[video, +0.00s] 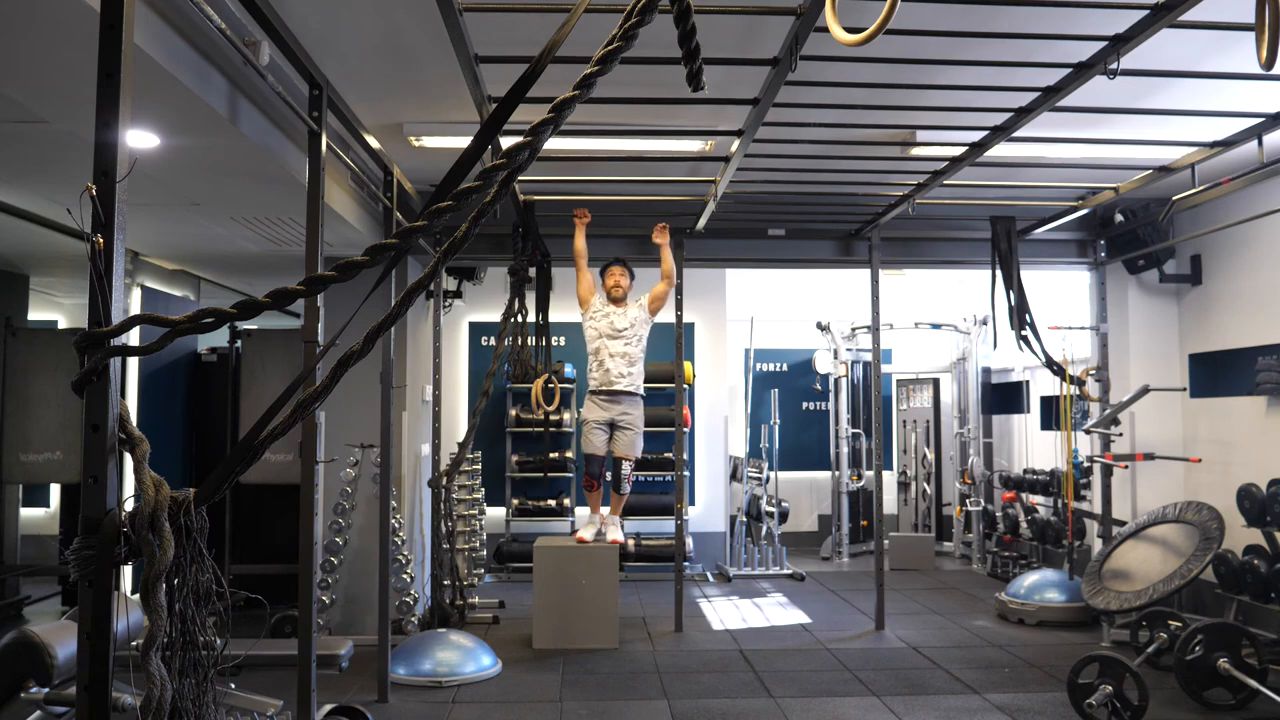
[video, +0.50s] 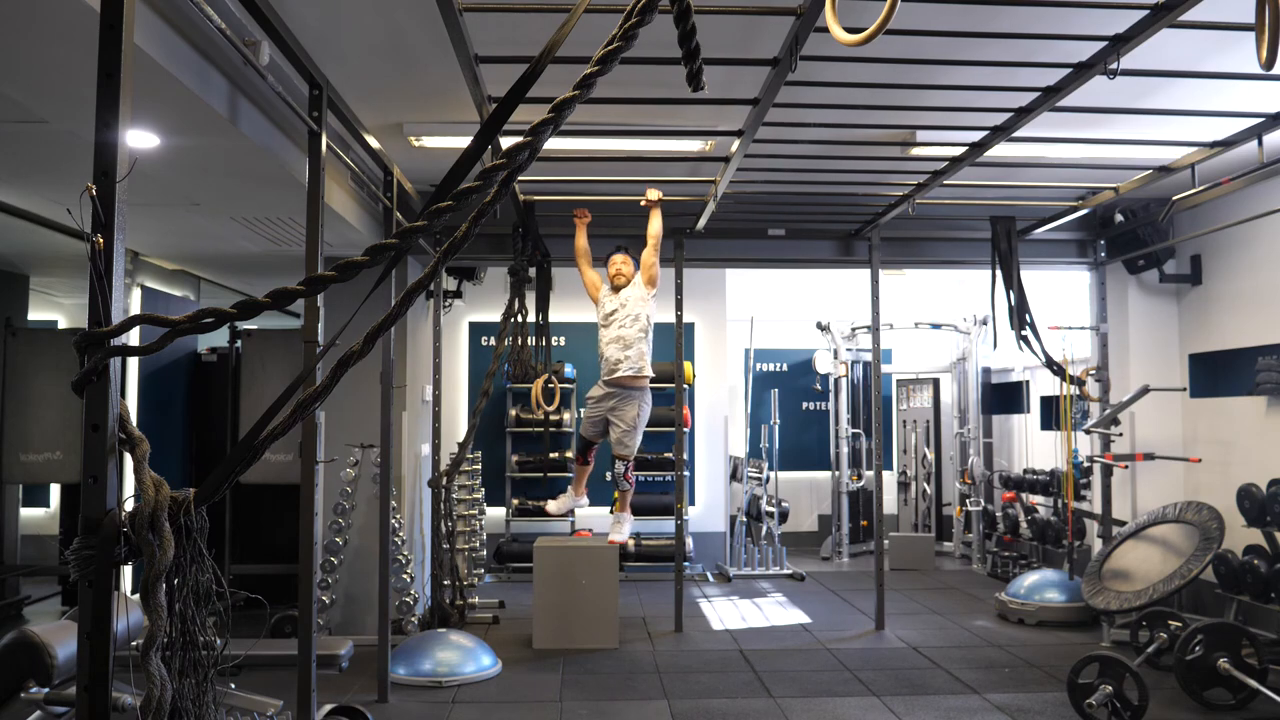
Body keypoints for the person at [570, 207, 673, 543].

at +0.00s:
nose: (616, 278)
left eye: (622, 275)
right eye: (611, 275)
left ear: (631, 284)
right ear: (602, 283)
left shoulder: (643, 310)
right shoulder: (592, 308)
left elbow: (669, 281)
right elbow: (581, 266)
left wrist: (664, 245)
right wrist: (580, 226)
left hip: (631, 401)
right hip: (596, 399)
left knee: (624, 467)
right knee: (593, 467)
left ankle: (614, 521)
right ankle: (595, 519)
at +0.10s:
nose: (617, 276)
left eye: (623, 273)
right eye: (611, 273)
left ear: (631, 283)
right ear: (603, 282)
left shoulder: (642, 308)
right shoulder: (592, 307)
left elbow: (662, 273)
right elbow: (580, 265)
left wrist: (660, 236)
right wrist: (580, 226)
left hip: (631, 401)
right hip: (597, 399)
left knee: (623, 470)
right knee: (591, 469)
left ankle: (614, 520)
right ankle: (595, 516)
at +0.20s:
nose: (617, 275)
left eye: (623, 271)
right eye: (612, 271)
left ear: (632, 280)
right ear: (603, 280)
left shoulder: (642, 304)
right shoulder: (594, 305)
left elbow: (655, 262)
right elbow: (580, 264)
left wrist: (655, 224)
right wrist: (580, 227)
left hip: (631, 399)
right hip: (599, 398)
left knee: (622, 467)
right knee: (588, 465)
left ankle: (615, 520)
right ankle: (594, 513)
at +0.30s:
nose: (617, 273)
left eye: (623, 270)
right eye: (612, 270)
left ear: (632, 278)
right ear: (603, 279)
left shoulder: (641, 299)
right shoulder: (596, 303)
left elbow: (650, 253)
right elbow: (581, 264)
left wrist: (653, 214)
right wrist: (580, 227)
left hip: (634, 396)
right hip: (602, 394)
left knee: (623, 463)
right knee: (585, 456)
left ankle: (616, 518)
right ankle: (588, 508)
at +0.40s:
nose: (616, 268)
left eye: (622, 265)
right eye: (611, 265)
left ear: (632, 272)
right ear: (604, 274)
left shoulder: (640, 291)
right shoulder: (600, 299)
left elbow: (649, 246)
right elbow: (581, 264)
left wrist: (654, 206)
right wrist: (580, 227)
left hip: (635, 392)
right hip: (603, 389)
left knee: (624, 459)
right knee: (585, 449)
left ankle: (620, 516)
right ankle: (582, 501)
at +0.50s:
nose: (617, 267)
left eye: (623, 263)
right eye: (613, 264)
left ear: (633, 270)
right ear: (607, 273)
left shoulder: (644, 289)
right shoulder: (603, 297)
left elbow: (653, 244)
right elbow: (583, 264)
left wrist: (654, 206)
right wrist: (581, 227)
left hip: (635, 392)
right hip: (604, 387)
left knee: (623, 458)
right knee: (585, 444)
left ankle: (623, 516)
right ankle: (577, 494)